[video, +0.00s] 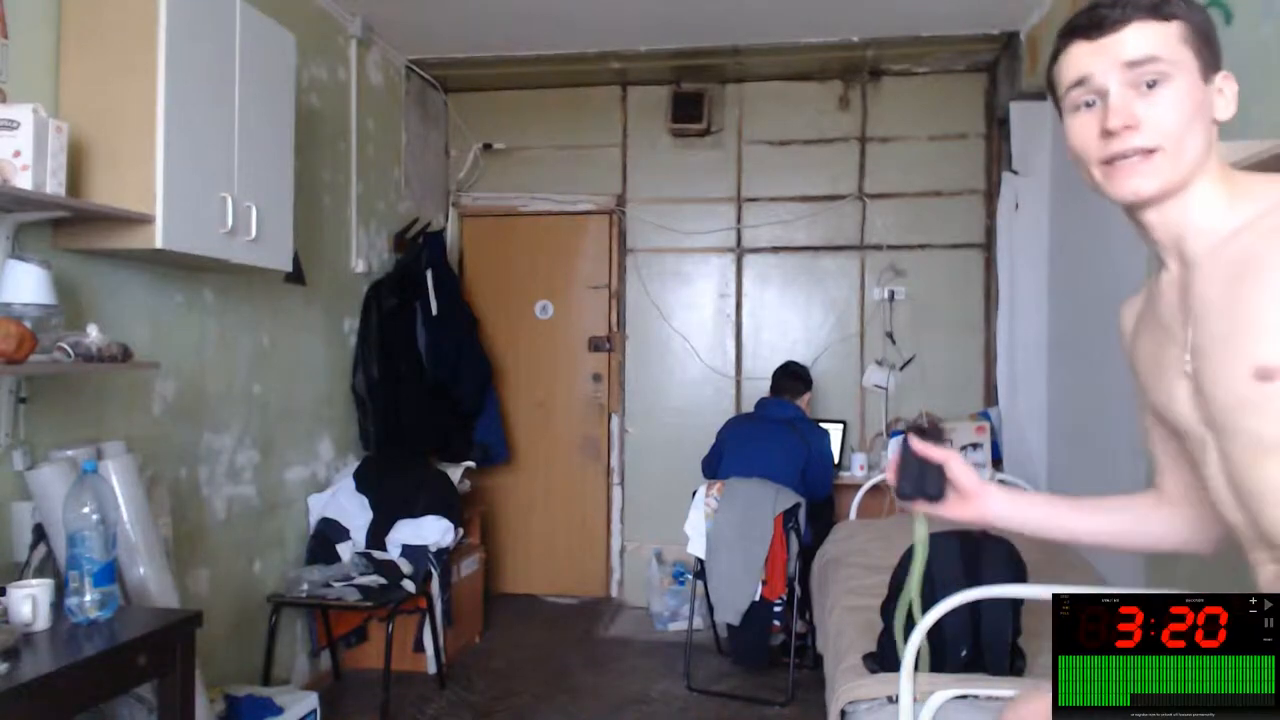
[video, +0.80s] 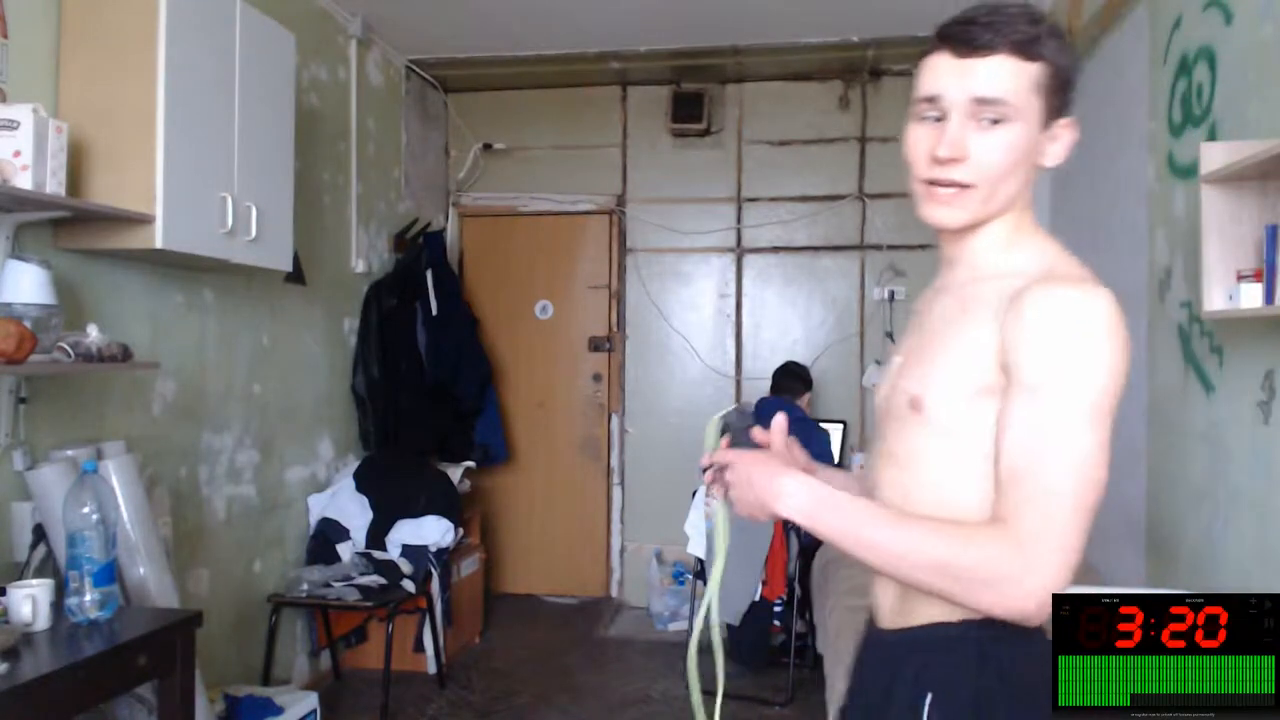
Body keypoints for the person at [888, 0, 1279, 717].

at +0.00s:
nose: (1116, 121)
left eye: (1150, 82)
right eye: (1086, 100)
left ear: (1221, 94)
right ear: (1067, 134)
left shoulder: (1270, 225)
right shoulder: (1144, 318)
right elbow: (1196, 520)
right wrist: (990, 502)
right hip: (1266, 616)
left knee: (1032, 709)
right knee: (1028, 711)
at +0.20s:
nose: (1103, 108)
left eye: (1139, 74)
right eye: (1077, 89)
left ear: (1211, 92)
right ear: (1056, 120)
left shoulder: (1267, 221)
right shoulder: (1129, 307)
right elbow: (1151, 513)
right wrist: (971, 480)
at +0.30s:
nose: (1078, 112)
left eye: (1118, 78)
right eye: (1055, 90)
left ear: (1194, 94)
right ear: (1038, 117)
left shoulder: (1255, 240)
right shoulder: (1120, 297)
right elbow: (1129, 511)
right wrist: (962, 483)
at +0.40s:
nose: (1053, 137)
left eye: (1093, 102)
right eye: (1033, 114)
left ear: (1177, 115)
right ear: (1015, 138)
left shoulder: (1219, 281)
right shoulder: (1109, 290)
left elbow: (1272, 558)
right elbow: (1099, 533)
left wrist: (1005, 659)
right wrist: (942, 492)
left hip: (1155, 693)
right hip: (1076, 688)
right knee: (933, 560)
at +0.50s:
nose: (1026, 136)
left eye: (1070, 101)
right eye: (1011, 110)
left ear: (1159, 116)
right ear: (996, 129)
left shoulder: (1162, 300)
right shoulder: (1078, 287)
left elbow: (1142, 579)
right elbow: (1057, 527)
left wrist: (856, 585)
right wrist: (909, 485)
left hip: (1067, 696)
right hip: (1010, 688)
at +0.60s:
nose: (1000, 131)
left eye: (1048, 103)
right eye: (990, 103)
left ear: (1132, 127)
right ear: (972, 117)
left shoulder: (1119, 301)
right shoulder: (1035, 289)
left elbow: (1049, 572)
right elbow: (1006, 504)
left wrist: (801, 505)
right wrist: (877, 479)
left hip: (1015, 676)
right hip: (956, 663)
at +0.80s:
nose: (945, 147)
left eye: (990, 118)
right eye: (930, 114)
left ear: (1055, 142)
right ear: (906, 127)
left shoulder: (1062, 310)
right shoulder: (942, 295)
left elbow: (1027, 581)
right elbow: (924, 499)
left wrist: (795, 500)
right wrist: (807, 478)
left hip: (981, 669)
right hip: (890, 656)